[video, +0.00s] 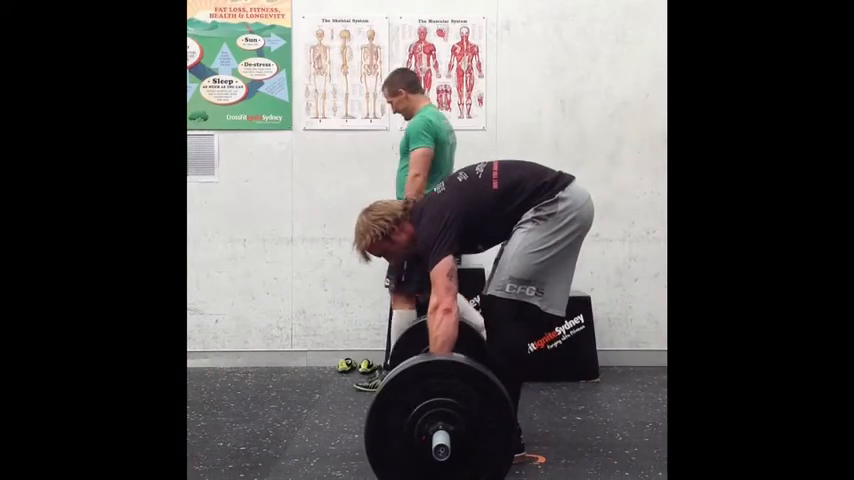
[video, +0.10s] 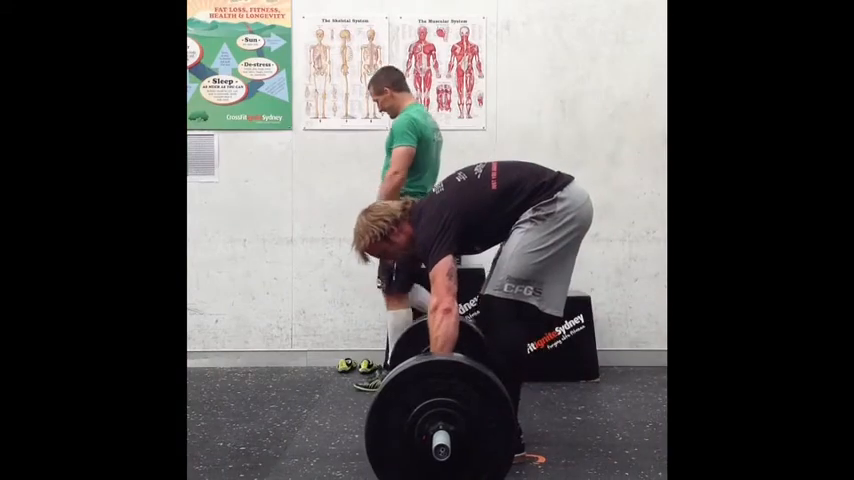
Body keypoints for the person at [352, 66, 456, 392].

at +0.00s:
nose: (392, 108)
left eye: (392, 101)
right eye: (389, 102)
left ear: (404, 93)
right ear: (414, 91)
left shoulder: (421, 124)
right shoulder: (437, 120)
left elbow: (418, 181)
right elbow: (437, 179)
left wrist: (407, 229)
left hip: (419, 228)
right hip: (437, 224)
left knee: (402, 295)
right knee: (442, 291)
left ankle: (396, 372)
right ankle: (493, 337)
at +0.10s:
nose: (378, 107)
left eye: (377, 100)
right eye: (376, 101)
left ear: (390, 91)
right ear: (397, 89)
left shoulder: (407, 122)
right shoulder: (424, 118)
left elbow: (397, 174)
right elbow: (421, 173)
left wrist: (376, 217)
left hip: (405, 214)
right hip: (421, 211)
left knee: (394, 288)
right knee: (401, 282)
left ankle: (397, 369)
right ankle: (451, 314)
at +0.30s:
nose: (352, 104)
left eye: (352, 96)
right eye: (350, 97)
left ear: (365, 90)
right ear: (372, 89)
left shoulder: (384, 120)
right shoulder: (393, 117)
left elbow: (369, 171)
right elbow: (375, 170)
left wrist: (333, 207)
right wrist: (340, 201)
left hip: (381, 217)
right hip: (383, 214)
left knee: (385, 293)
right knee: (344, 274)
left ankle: (397, 369)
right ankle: (374, 346)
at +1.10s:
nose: (268, 99)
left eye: (273, 93)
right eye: (265, 94)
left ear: (291, 92)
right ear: (265, 95)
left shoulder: (308, 127)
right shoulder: (266, 131)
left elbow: (318, 176)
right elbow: (251, 177)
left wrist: (297, 218)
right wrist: (227, 215)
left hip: (293, 221)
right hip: (270, 221)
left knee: (266, 290)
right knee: (285, 293)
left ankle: (261, 362)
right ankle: (298, 362)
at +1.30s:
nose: (266, 96)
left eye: (272, 90)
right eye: (261, 91)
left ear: (285, 91)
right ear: (255, 94)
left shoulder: (295, 129)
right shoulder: (250, 130)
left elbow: (302, 178)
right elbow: (239, 173)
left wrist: (288, 223)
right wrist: (219, 208)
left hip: (275, 220)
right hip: (250, 218)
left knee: (261, 288)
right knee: (241, 286)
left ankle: (262, 362)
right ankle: (287, 349)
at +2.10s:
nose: (215, 95)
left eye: (221, 89)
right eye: (209, 89)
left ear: (227, 94)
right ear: (197, 93)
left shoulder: (238, 130)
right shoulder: (188, 124)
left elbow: (274, 160)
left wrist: (259, 196)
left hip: (223, 218)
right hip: (189, 219)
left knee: (236, 286)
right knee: (189, 290)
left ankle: (243, 355)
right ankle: (190, 356)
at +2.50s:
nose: (214, 94)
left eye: (219, 89)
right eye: (208, 88)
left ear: (225, 93)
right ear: (196, 92)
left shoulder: (238, 127)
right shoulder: (188, 122)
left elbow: (275, 153)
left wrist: (253, 181)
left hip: (220, 219)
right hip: (188, 218)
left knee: (217, 290)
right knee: (188, 290)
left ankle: (214, 356)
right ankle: (189, 356)